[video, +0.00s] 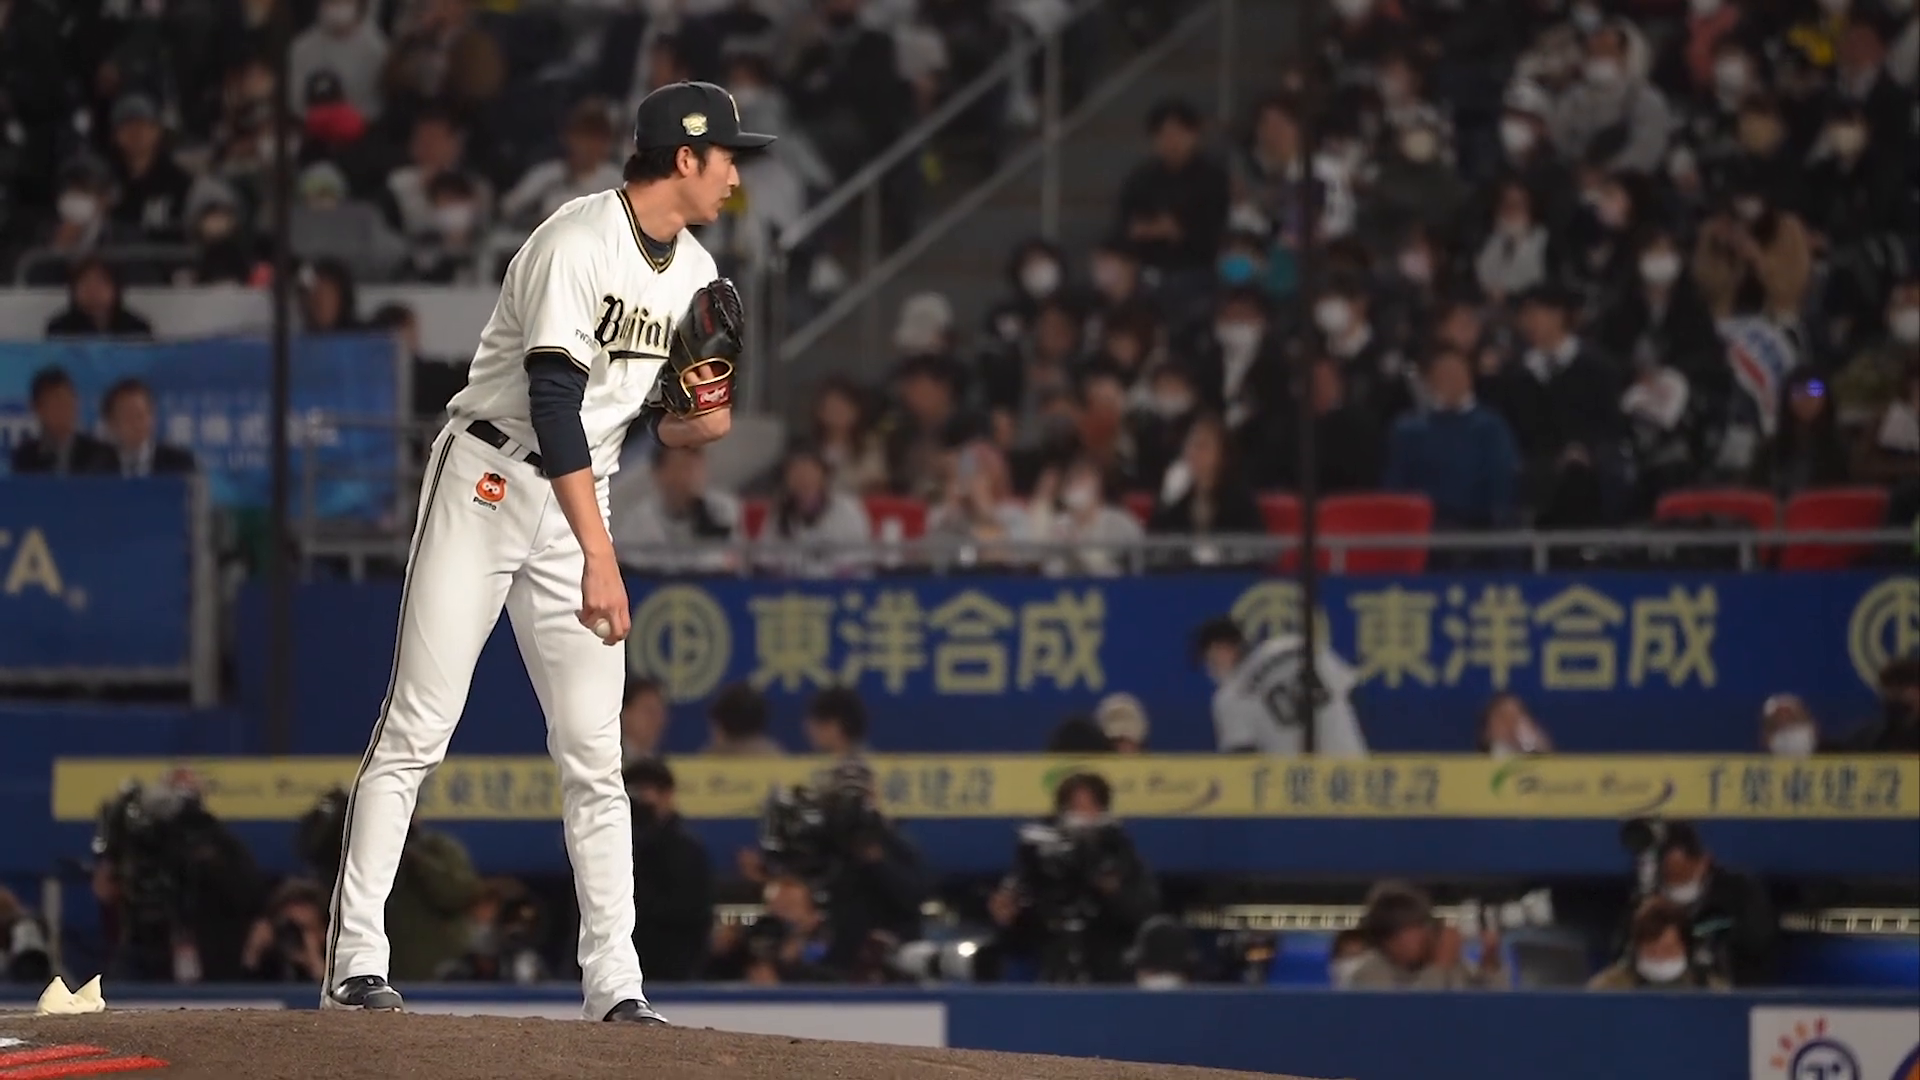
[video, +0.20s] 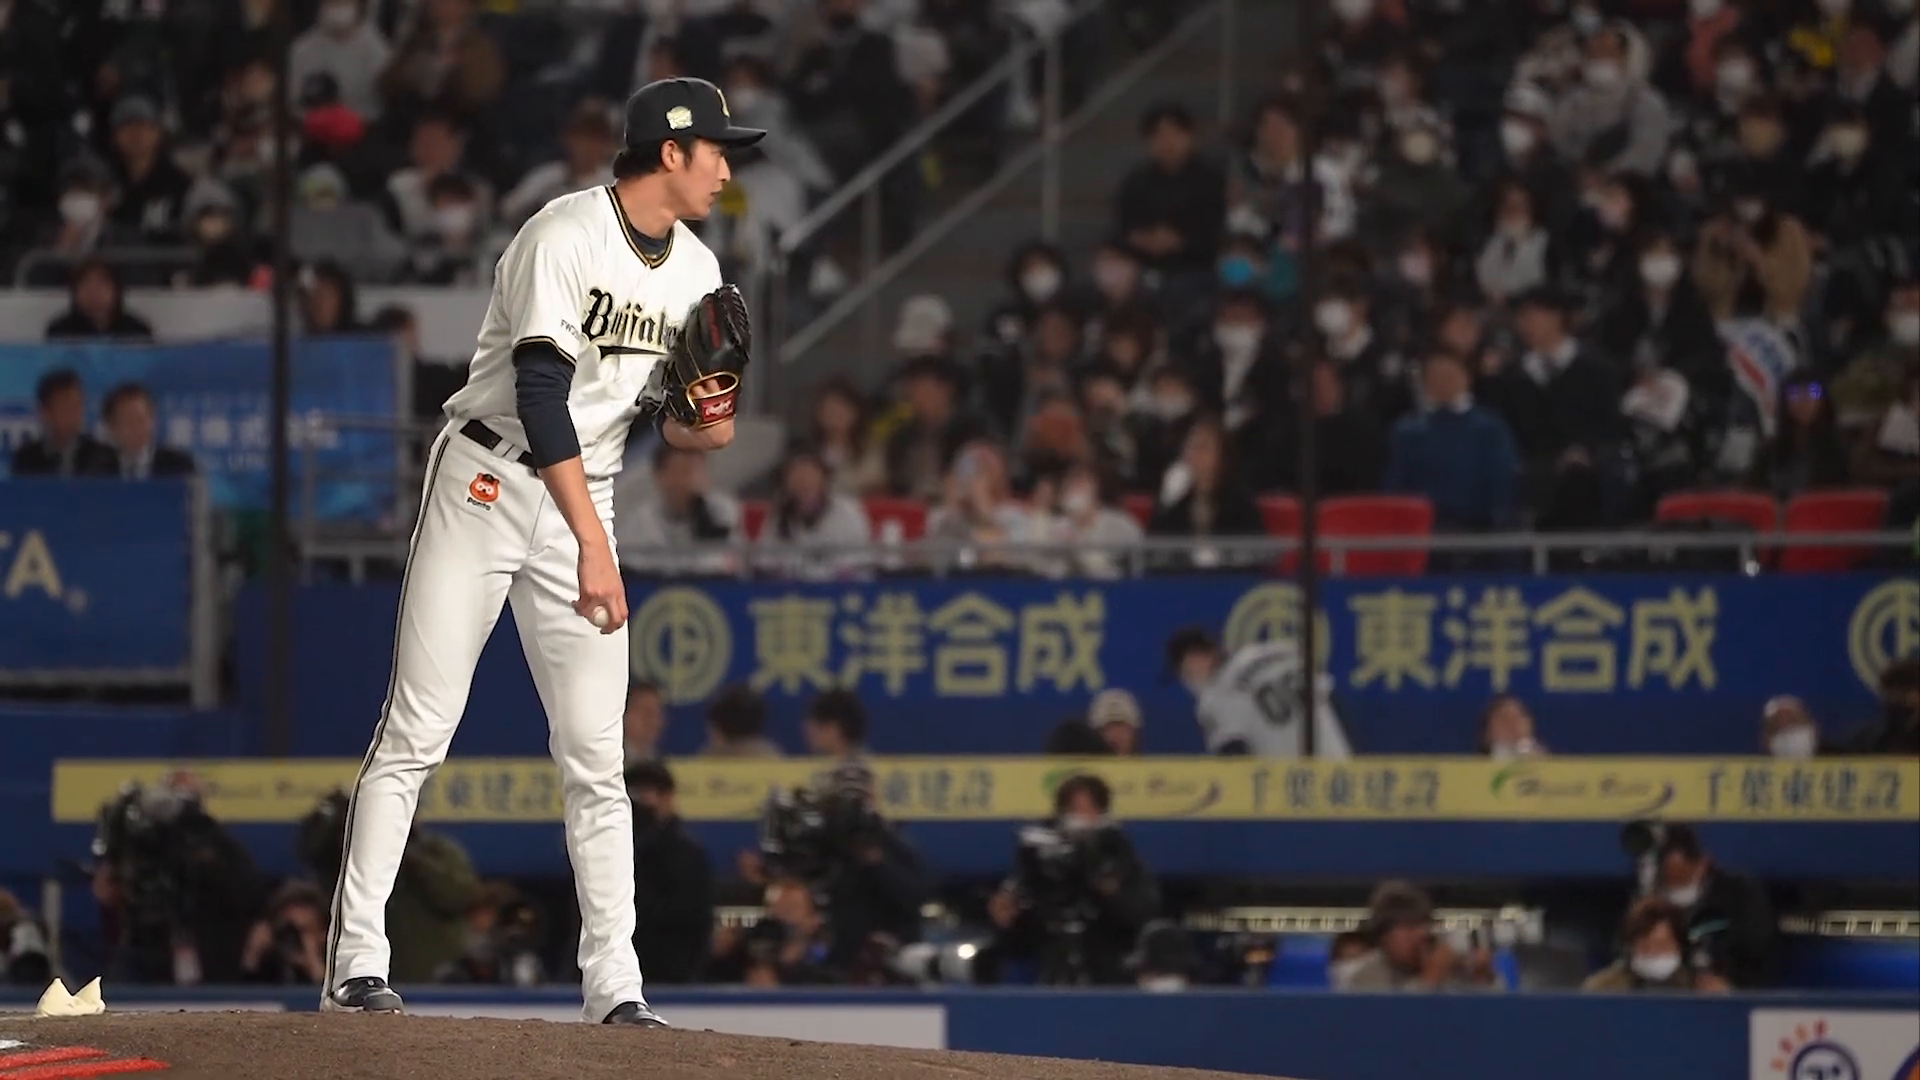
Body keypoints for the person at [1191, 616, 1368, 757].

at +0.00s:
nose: (1211, 672)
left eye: (1210, 661)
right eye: (1207, 664)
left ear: (1222, 651)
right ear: (1240, 640)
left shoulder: (1230, 697)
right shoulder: (1294, 644)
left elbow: (1240, 764)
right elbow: (1349, 689)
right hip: (1355, 774)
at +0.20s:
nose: (1190, 684)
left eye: (1186, 675)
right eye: (1184, 678)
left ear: (1196, 662)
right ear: (1215, 650)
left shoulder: (1215, 697)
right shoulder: (1283, 651)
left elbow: (1233, 759)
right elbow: (1332, 700)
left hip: (1283, 789)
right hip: (1342, 772)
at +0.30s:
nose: (1186, 688)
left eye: (1182, 677)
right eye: (1180, 681)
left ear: (1190, 663)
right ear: (1209, 648)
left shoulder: (1213, 695)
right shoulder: (1271, 650)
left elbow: (1229, 760)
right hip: (1341, 766)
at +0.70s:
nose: (1176, 685)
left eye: (1173, 674)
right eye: (1171, 677)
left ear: (1185, 664)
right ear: (1204, 649)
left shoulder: (1214, 704)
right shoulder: (1255, 654)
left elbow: (1221, 767)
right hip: (1330, 764)